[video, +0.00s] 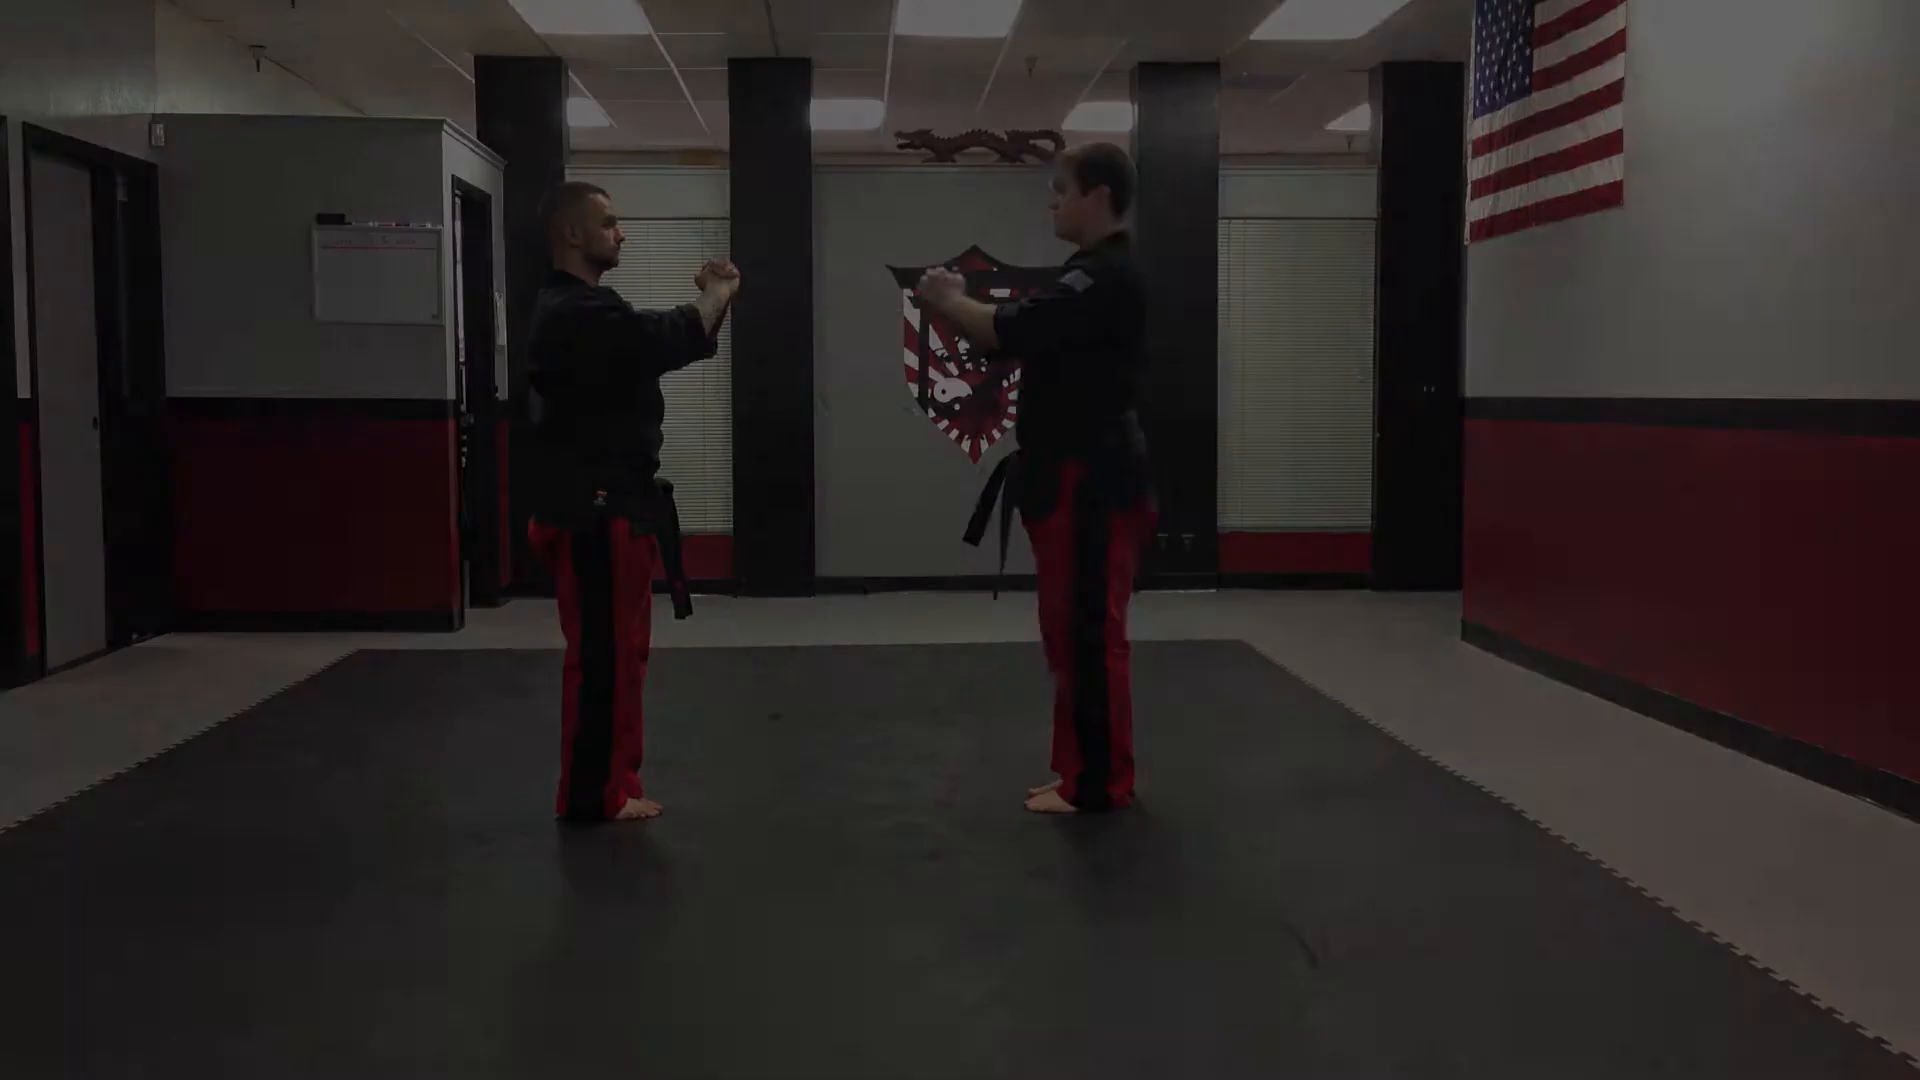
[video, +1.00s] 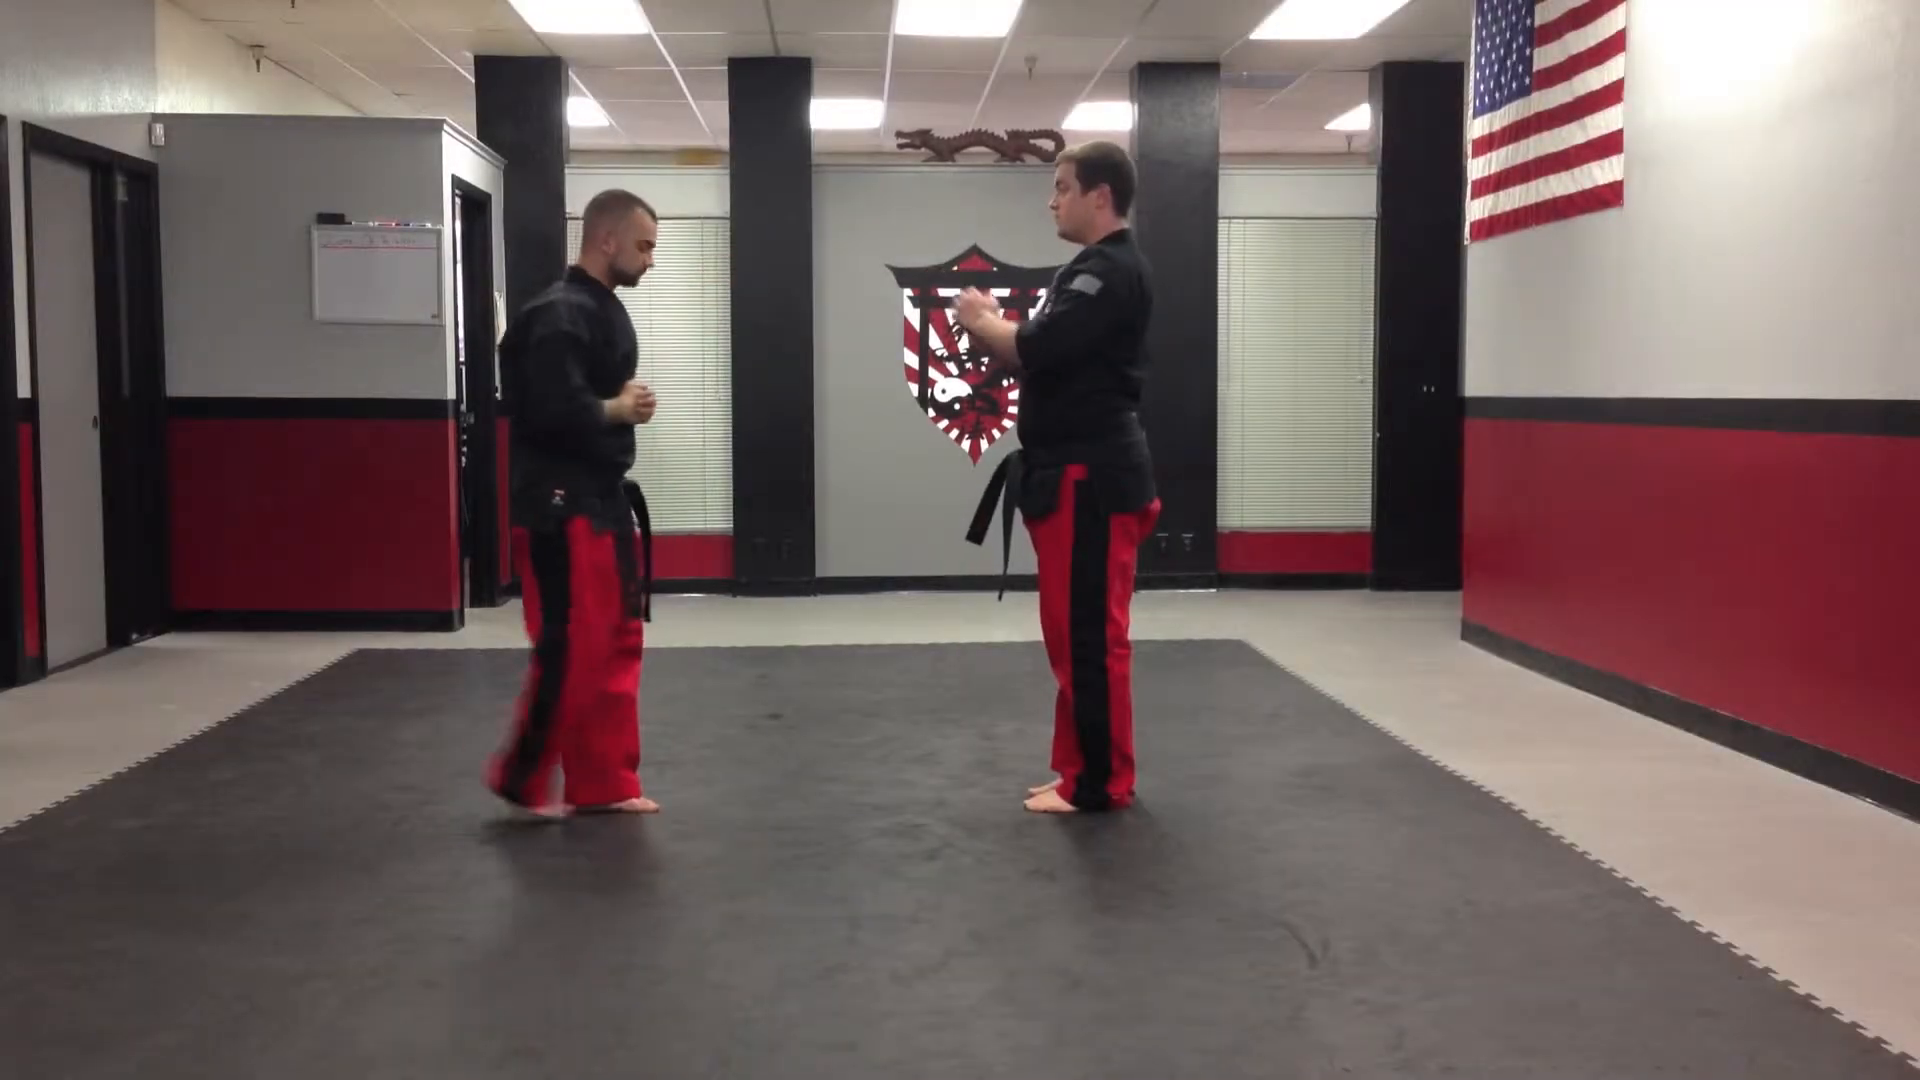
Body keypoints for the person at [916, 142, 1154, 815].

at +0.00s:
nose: (1052, 204)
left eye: (1061, 192)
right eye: (1053, 192)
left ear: (1099, 198)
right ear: (1099, 199)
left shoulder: (1104, 278)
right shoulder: (1093, 273)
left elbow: (1009, 334)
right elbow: (1021, 329)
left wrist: (949, 303)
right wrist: (962, 302)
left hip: (1092, 479)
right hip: (1073, 472)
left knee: (1086, 632)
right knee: (1075, 630)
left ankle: (1095, 784)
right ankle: (1088, 774)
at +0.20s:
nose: (1052, 201)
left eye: (1062, 190)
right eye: (1054, 189)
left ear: (1099, 197)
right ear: (1099, 198)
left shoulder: (1107, 271)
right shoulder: (1096, 267)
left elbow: (1008, 332)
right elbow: (1023, 324)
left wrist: (951, 299)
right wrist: (965, 299)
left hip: (1091, 476)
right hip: (1074, 472)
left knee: (1088, 635)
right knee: (1076, 633)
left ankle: (1097, 784)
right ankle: (1088, 775)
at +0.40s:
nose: (1054, 201)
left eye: (1064, 189)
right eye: (1056, 189)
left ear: (1101, 196)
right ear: (1100, 198)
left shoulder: (1108, 270)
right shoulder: (1098, 266)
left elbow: (1011, 331)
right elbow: (1026, 323)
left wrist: (952, 299)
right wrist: (966, 298)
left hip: (1091, 474)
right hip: (1074, 471)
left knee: (1088, 634)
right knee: (1075, 632)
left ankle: (1097, 784)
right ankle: (1087, 775)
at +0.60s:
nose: (1055, 202)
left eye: (1066, 190)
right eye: (1057, 190)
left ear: (1103, 197)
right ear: (1103, 199)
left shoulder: (1110, 271)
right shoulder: (1100, 266)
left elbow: (1011, 330)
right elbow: (1025, 323)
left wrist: (952, 298)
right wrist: (966, 297)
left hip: (1091, 475)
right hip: (1074, 471)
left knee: (1088, 635)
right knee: (1076, 633)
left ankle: (1097, 785)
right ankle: (1088, 775)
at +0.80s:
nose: (1056, 202)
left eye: (1066, 190)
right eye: (1058, 190)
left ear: (1103, 197)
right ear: (1103, 198)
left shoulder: (1110, 271)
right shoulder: (1098, 267)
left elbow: (1012, 330)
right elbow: (1024, 324)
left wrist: (954, 298)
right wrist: (966, 298)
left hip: (1092, 477)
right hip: (1074, 473)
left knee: (1088, 637)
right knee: (1075, 635)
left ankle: (1097, 785)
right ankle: (1086, 776)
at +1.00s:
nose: (1053, 203)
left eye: (1062, 190)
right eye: (1054, 190)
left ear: (1099, 196)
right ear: (1103, 198)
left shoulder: (1106, 268)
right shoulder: (1095, 266)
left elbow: (1038, 350)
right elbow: (1042, 348)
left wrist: (983, 322)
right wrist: (992, 328)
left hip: (1092, 474)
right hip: (1076, 471)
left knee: (1087, 634)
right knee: (1079, 632)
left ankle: (1095, 785)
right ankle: (1087, 775)